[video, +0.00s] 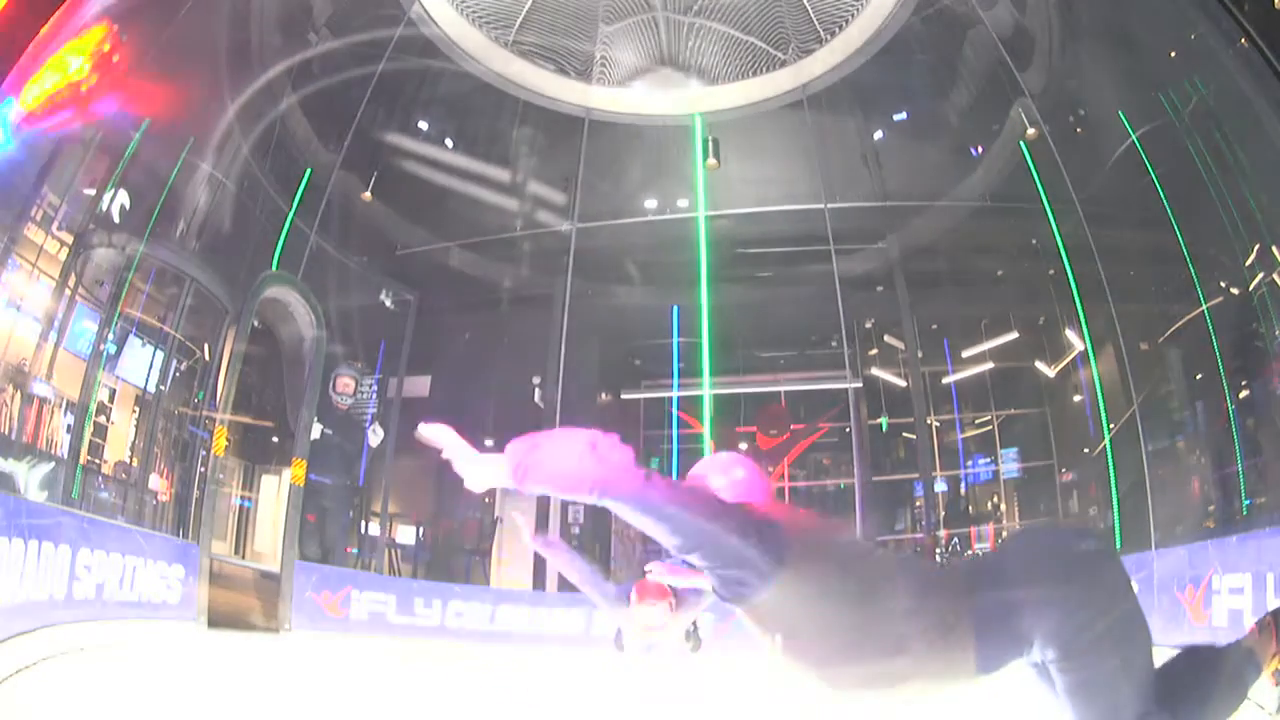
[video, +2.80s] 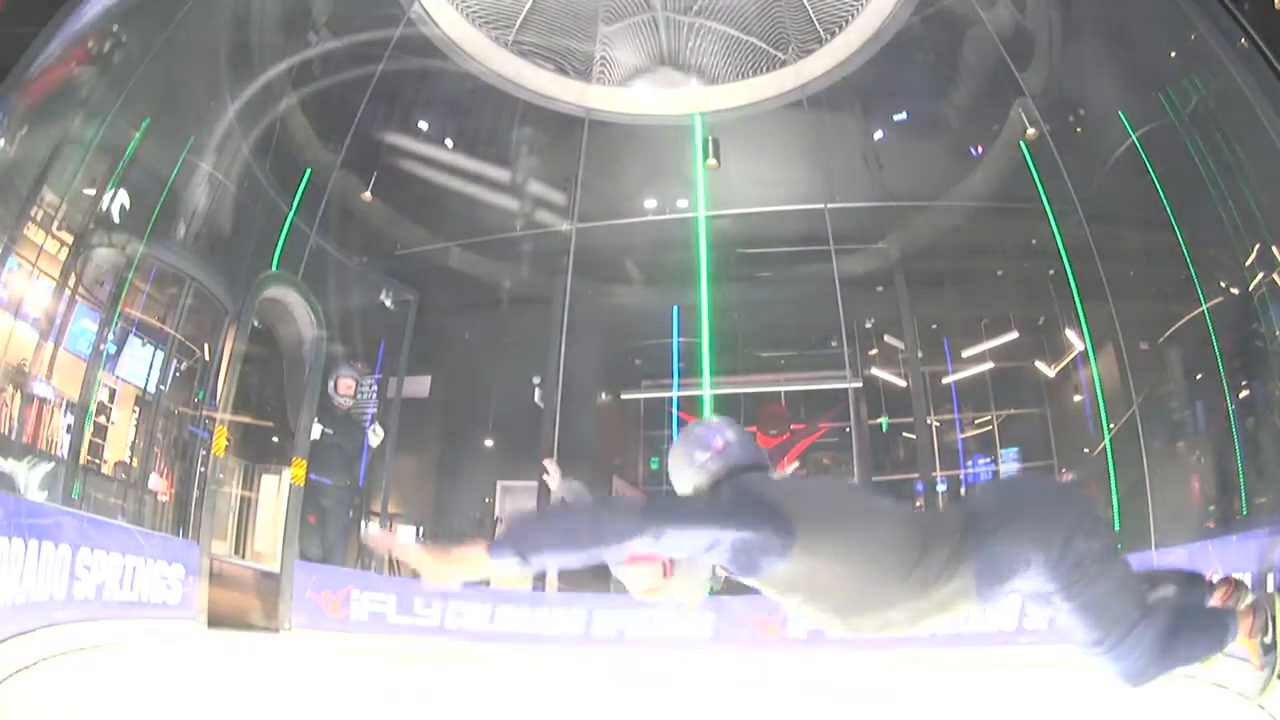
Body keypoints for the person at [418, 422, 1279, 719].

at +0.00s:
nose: (675, 563)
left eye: (681, 540)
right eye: (673, 551)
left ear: (717, 520)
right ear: (730, 516)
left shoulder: (767, 553)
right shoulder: (749, 589)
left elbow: (621, 483)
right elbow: (608, 591)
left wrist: (492, 464)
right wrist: (532, 530)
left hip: (1055, 590)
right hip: (1028, 599)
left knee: (1134, 711)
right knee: (1129, 701)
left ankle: (1261, 646)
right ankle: (1256, 645)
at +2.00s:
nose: (667, 541)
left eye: (670, 524)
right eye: (669, 525)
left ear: (697, 509)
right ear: (722, 493)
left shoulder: (734, 528)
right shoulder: (749, 531)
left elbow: (612, 541)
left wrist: (546, 517)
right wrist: (574, 518)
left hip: (978, 551)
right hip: (978, 546)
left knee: (1112, 671)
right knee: (1111, 633)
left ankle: (1235, 625)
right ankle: (1224, 606)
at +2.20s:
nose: (687, 516)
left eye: (688, 501)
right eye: (686, 501)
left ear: (718, 488)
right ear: (735, 477)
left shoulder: (763, 518)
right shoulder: (783, 516)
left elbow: (646, 522)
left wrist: (561, 513)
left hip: (997, 543)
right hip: (992, 533)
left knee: (1120, 669)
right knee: (1115, 614)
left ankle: (1248, 622)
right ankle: (1226, 600)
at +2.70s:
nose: (676, 483)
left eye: (683, 472)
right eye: (679, 471)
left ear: (711, 473)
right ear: (730, 469)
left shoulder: (746, 517)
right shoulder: (747, 512)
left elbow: (628, 551)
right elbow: (642, 548)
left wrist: (501, 580)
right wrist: (539, 556)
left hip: (1014, 529)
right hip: (995, 534)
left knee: (1125, 648)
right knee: (1116, 614)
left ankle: (1236, 615)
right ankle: (1222, 601)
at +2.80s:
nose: (655, 566)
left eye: (661, 546)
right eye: (649, 551)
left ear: (696, 517)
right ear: (709, 496)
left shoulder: (757, 519)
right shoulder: (754, 518)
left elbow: (621, 535)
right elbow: (636, 526)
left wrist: (468, 557)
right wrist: (539, 518)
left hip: (1025, 530)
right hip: (1006, 540)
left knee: (1139, 653)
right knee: (1131, 607)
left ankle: (1245, 616)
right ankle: (1233, 603)